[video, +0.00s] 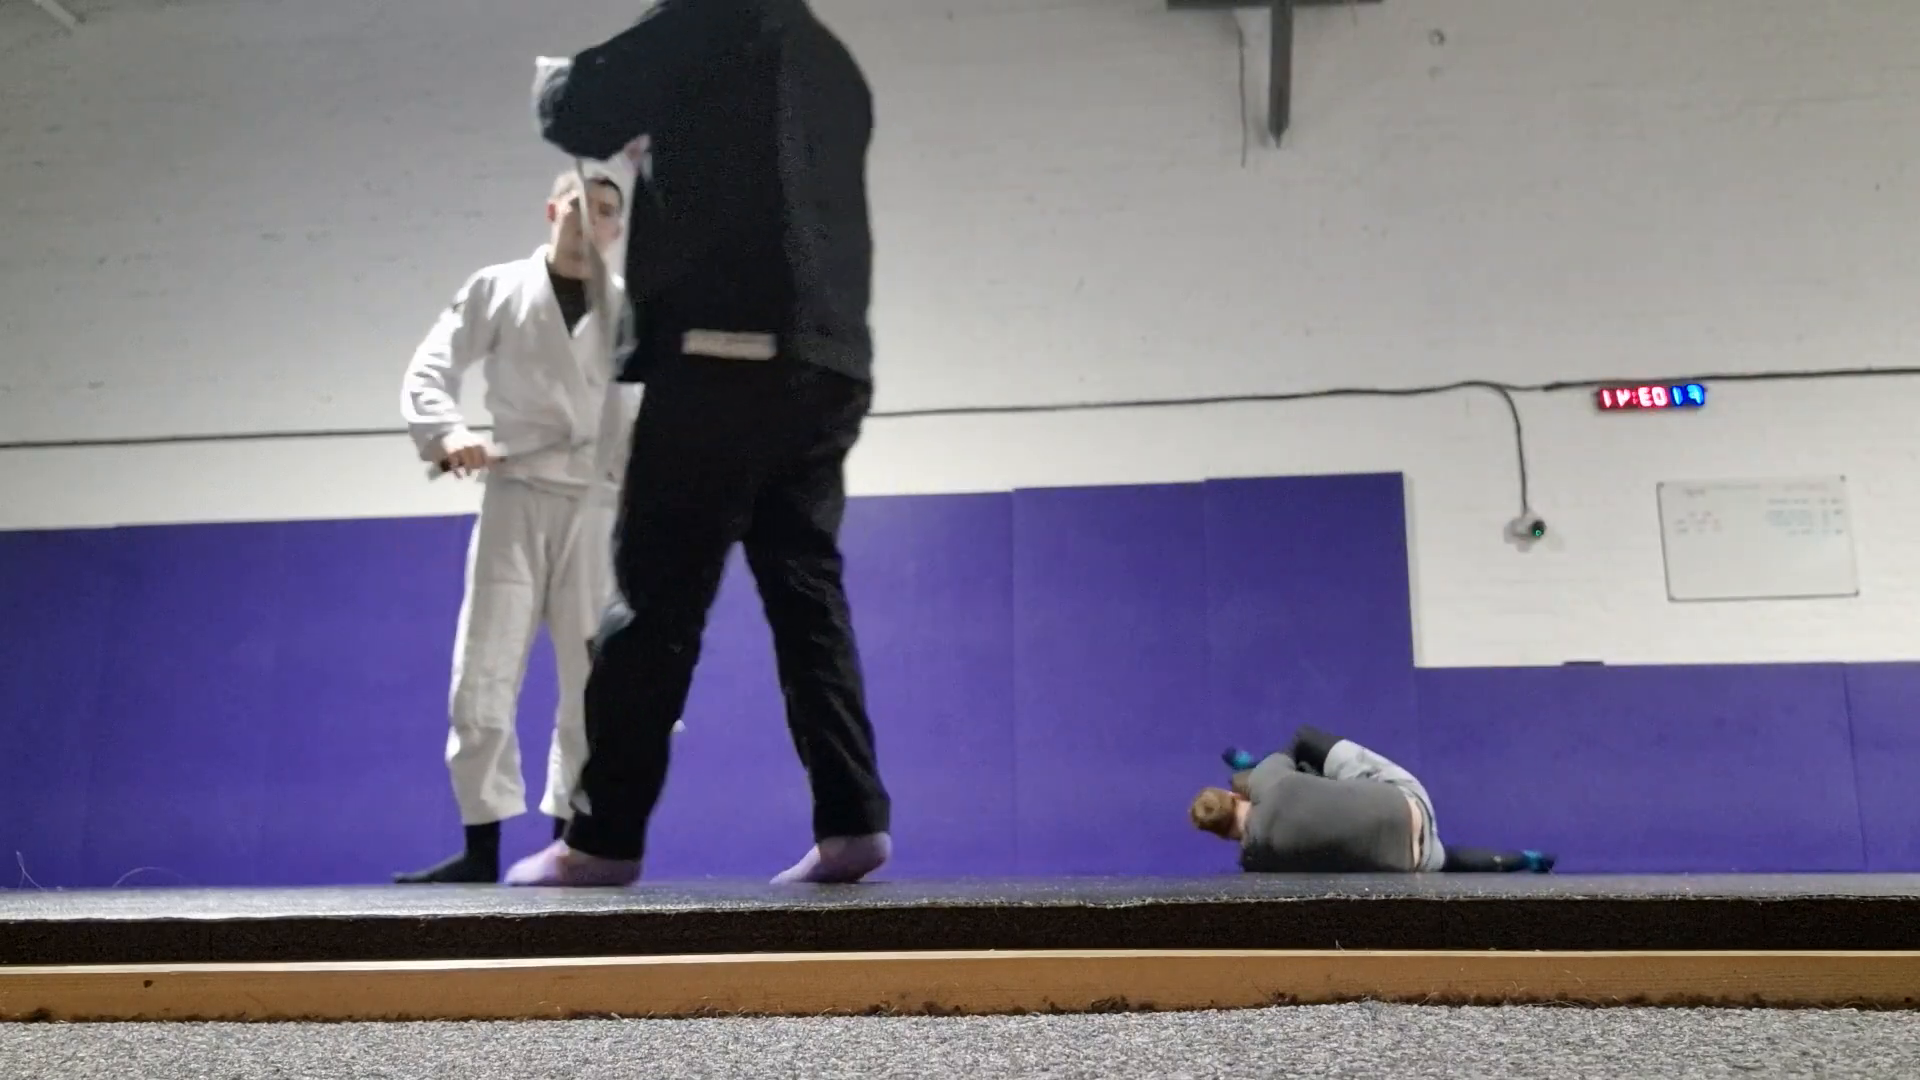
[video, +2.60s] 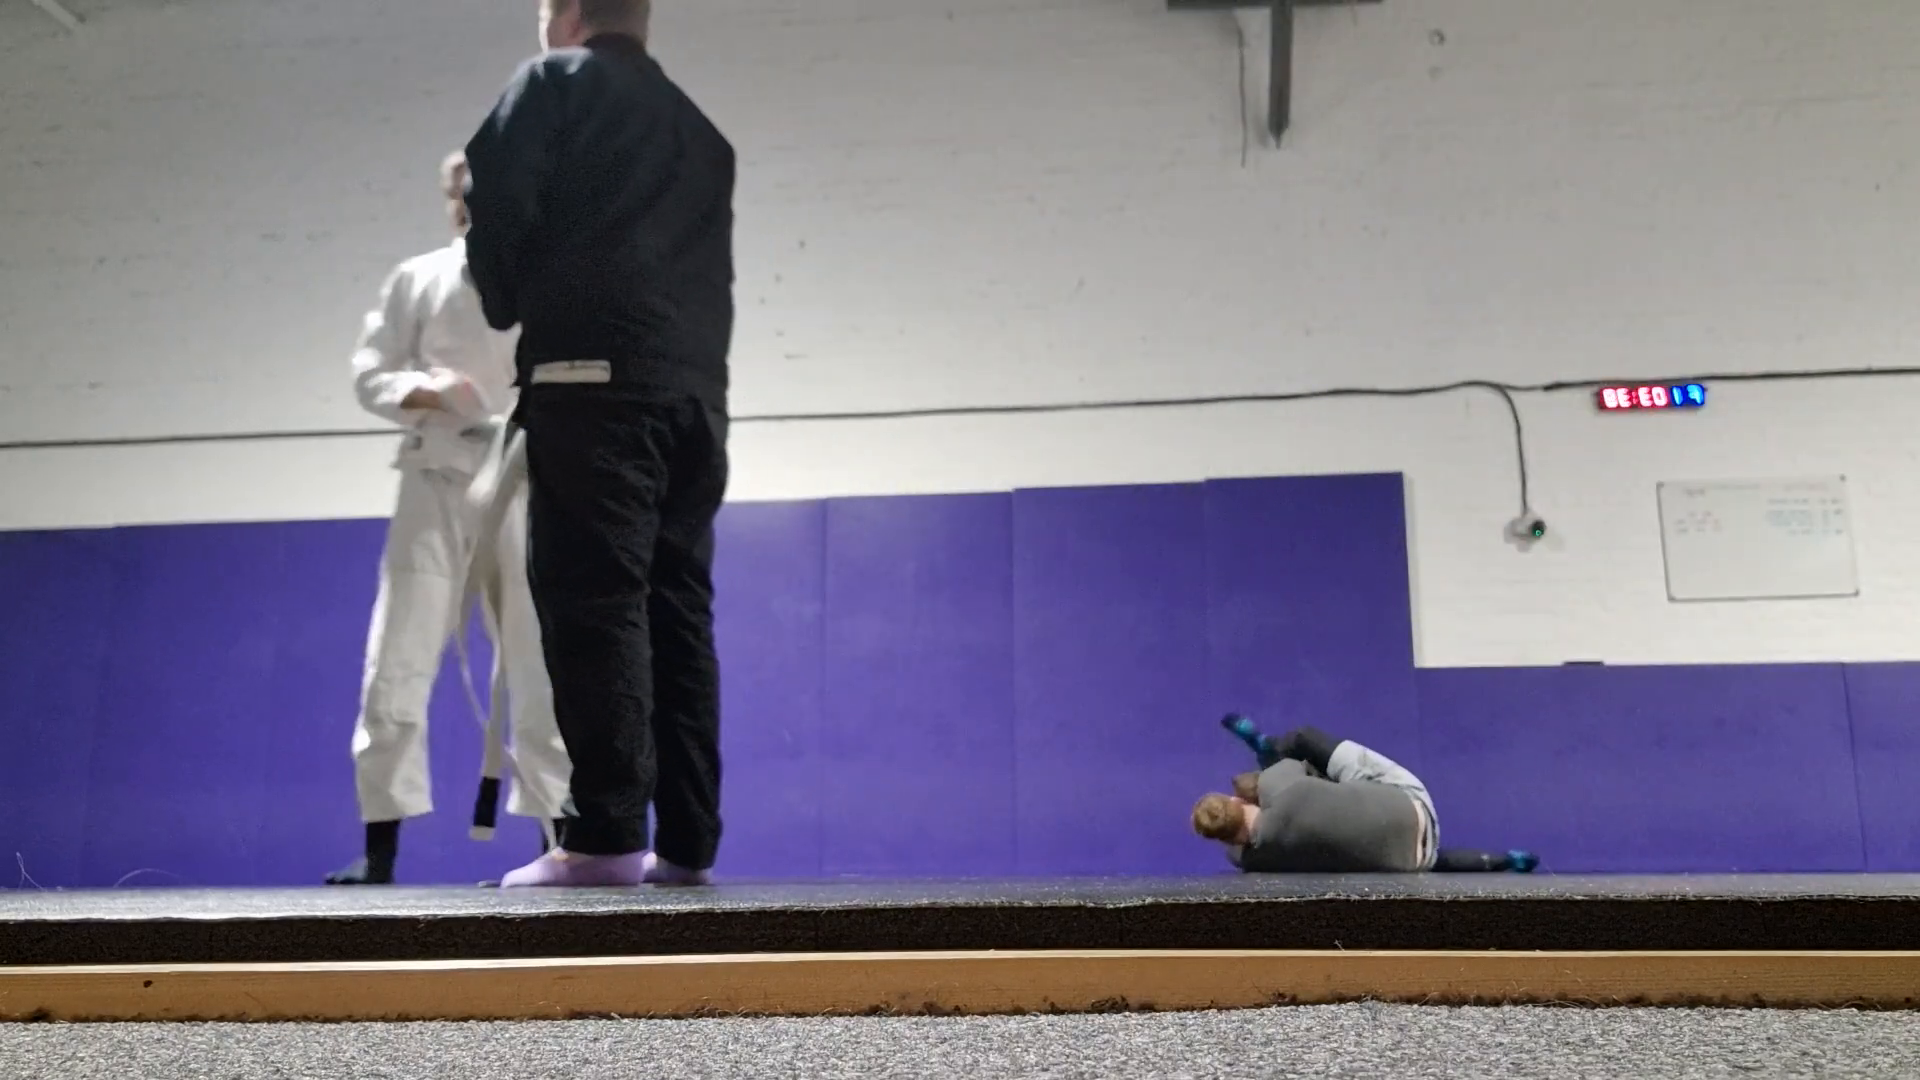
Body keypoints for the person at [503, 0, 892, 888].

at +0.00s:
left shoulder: (695, 22)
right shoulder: (841, 62)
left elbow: (578, 120)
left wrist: (557, 77)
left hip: (713, 372)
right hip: (826, 377)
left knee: (655, 608)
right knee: (808, 594)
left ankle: (602, 843)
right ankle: (854, 826)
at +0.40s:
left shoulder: (574, 25)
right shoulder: (740, 67)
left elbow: (444, 120)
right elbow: (732, 222)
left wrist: (509, 123)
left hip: (620, 365)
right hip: (733, 368)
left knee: (610, 606)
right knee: (714, 574)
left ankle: (602, 848)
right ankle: (776, 776)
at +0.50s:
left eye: (529, 12)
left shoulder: (550, 25)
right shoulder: (718, 69)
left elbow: (421, 93)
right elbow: (762, 212)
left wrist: (481, 203)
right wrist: (659, 233)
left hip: (608, 358)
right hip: (724, 366)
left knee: (605, 604)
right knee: (697, 584)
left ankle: (602, 847)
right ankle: (747, 809)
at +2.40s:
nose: (539, 29)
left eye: (541, 19)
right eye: (543, 20)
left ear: (559, 19)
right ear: (634, 25)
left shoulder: (544, 84)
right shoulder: (703, 130)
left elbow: (490, 196)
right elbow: (706, 273)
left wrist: (522, 303)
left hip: (589, 396)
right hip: (695, 401)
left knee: (593, 614)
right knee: (679, 612)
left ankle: (604, 845)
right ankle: (687, 849)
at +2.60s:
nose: (544, 26)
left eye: (547, 15)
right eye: (548, 16)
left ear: (568, 16)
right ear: (639, 24)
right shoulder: (704, 132)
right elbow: (707, 282)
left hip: (589, 395)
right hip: (694, 403)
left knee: (593, 613)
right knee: (680, 613)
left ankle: (604, 846)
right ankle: (688, 851)